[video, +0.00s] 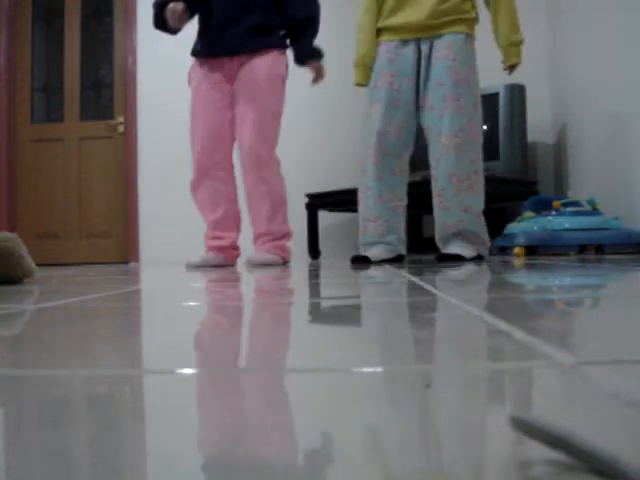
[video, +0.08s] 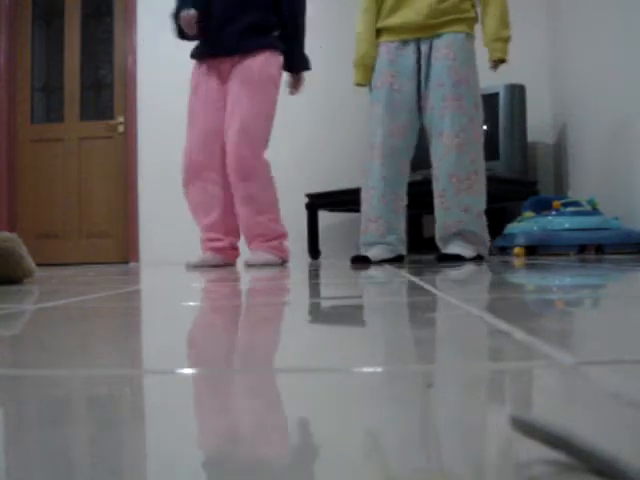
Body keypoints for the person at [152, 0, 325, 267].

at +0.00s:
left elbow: (301, 5)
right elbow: (163, 15)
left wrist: (305, 49)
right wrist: (170, 14)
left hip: (262, 55)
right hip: (209, 57)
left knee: (256, 151)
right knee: (208, 156)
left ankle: (272, 247)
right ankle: (221, 249)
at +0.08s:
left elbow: (292, 6)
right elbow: (183, 10)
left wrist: (295, 59)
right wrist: (185, 21)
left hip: (258, 54)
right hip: (209, 57)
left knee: (244, 153)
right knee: (201, 157)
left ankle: (269, 247)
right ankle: (219, 249)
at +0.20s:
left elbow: (292, 5)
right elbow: (187, 6)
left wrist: (290, 52)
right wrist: (201, 33)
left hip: (260, 53)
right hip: (210, 59)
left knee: (248, 153)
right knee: (204, 158)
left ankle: (270, 247)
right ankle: (220, 248)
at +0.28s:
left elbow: (293, 7)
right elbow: (187, 8)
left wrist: (291, 54)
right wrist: (205, 42)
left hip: (263, 54)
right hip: (214, 61)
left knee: (248, 154)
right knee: (204, 159)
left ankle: (270, 247)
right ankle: (220, 249)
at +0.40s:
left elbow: (302, 7)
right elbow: (203, 3)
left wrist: (303, 60)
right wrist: (216, 40)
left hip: (270, 55)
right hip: (220, 60)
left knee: (251, 151)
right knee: (204, 159)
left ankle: (269, 247)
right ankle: (221, 248)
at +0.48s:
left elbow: (303, 7)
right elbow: (204, 3)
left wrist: (307, 56)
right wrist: (217, 37)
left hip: (271, 56)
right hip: (221, 60)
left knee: (253, 151)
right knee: (206, 158)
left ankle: (270, 247)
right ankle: (221, 248)